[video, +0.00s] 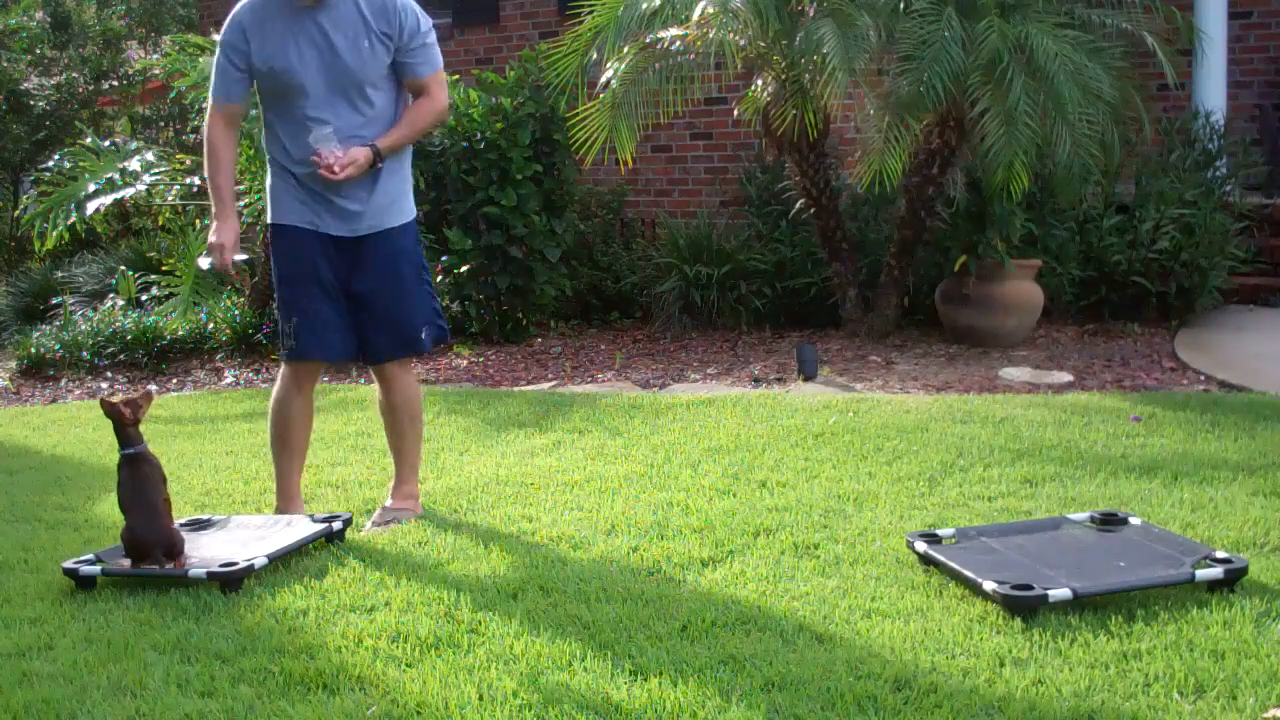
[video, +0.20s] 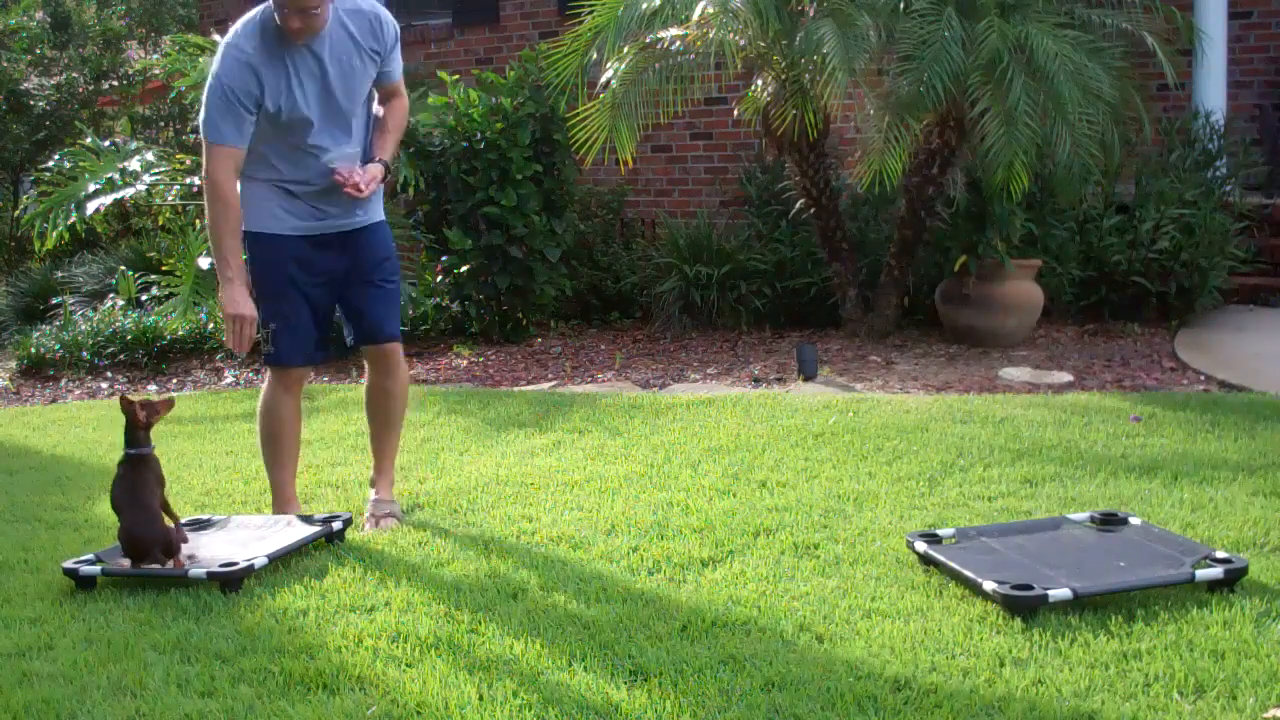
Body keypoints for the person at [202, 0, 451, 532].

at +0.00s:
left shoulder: (394, 9)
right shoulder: (249, 20)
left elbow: (435, 99)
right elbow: (221, 120)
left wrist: (374, 150)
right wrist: (224, 214)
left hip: (384, 212)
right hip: (300, 216)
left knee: (394, 359)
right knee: (300, 362)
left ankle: (406, 498)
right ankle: (288, 511)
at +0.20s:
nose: (302, 16)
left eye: (313, 8)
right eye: (290, 9)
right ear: (272, 0)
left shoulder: (373, 21)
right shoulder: (240, 55)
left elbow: (393, 96)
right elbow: (220, 174)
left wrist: (379, 161)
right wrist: (232, 282)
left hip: (361, 212)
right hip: (279, 218)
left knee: (386, 348)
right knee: (288, 368)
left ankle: (384, 492)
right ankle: (285, 513)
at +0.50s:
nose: (330, 100)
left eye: (343, 89)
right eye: (318, 88)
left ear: (363, 60)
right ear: (300, 57)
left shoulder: (377, 58)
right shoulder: (260, 100)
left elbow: (371, 123)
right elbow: (236, 232)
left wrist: (360, 200)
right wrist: (234, 344)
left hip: (332, 219)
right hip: (264, 228)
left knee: (337, 353)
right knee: (272, 368)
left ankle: (342, 500)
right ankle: (283, 510)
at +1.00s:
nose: (380, 116)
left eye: (394, 107)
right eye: (368, 103)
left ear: (412, 77)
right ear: (351, 70)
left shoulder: (405, 62)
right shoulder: (301, 114)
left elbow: (396, 116)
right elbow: (283, 248)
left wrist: (409, 186)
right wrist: (283, 359)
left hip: (347, 210)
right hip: (275, 225)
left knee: (407, 321)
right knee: (288, 375)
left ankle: (411, 486)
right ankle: (285, 516)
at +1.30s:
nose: (460, 125)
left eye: (474, 116)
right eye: (449, 111)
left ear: (495, 90)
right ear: (436, 74)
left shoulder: (488, 79)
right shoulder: (384, 119)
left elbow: (473, 130)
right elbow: (362, 254)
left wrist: (472, 204)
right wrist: (359, 366)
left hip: (421, 220)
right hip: (343, 227)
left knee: (464, 346)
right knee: (329, 378)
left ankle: (485, 506)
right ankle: (290, 509)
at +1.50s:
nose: (532, 121)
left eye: (545, 113)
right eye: (523, 107)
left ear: (564, 85)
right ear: (508, 71)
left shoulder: (550, 72)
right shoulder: (452, 112)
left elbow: (540, 129)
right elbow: (424, 249)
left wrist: (535, 194)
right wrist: (414, 362)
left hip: (479, 206)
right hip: (403, 207)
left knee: (506, 347)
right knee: (412, 363)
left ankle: (489, 503)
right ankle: (320, 466)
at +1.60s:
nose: (558, 112)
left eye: (571, 106)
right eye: (548, 98)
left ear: (594, 80)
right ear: (536, 60)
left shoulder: (577, 66)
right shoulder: (482, 103)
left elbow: (561, 122)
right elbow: (455, 241)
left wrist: (560, 187)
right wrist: (446, 357)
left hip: (502, 201)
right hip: (433, 200)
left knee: (522, 346)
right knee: (487, 346)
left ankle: (490, 503)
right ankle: (370, 427)